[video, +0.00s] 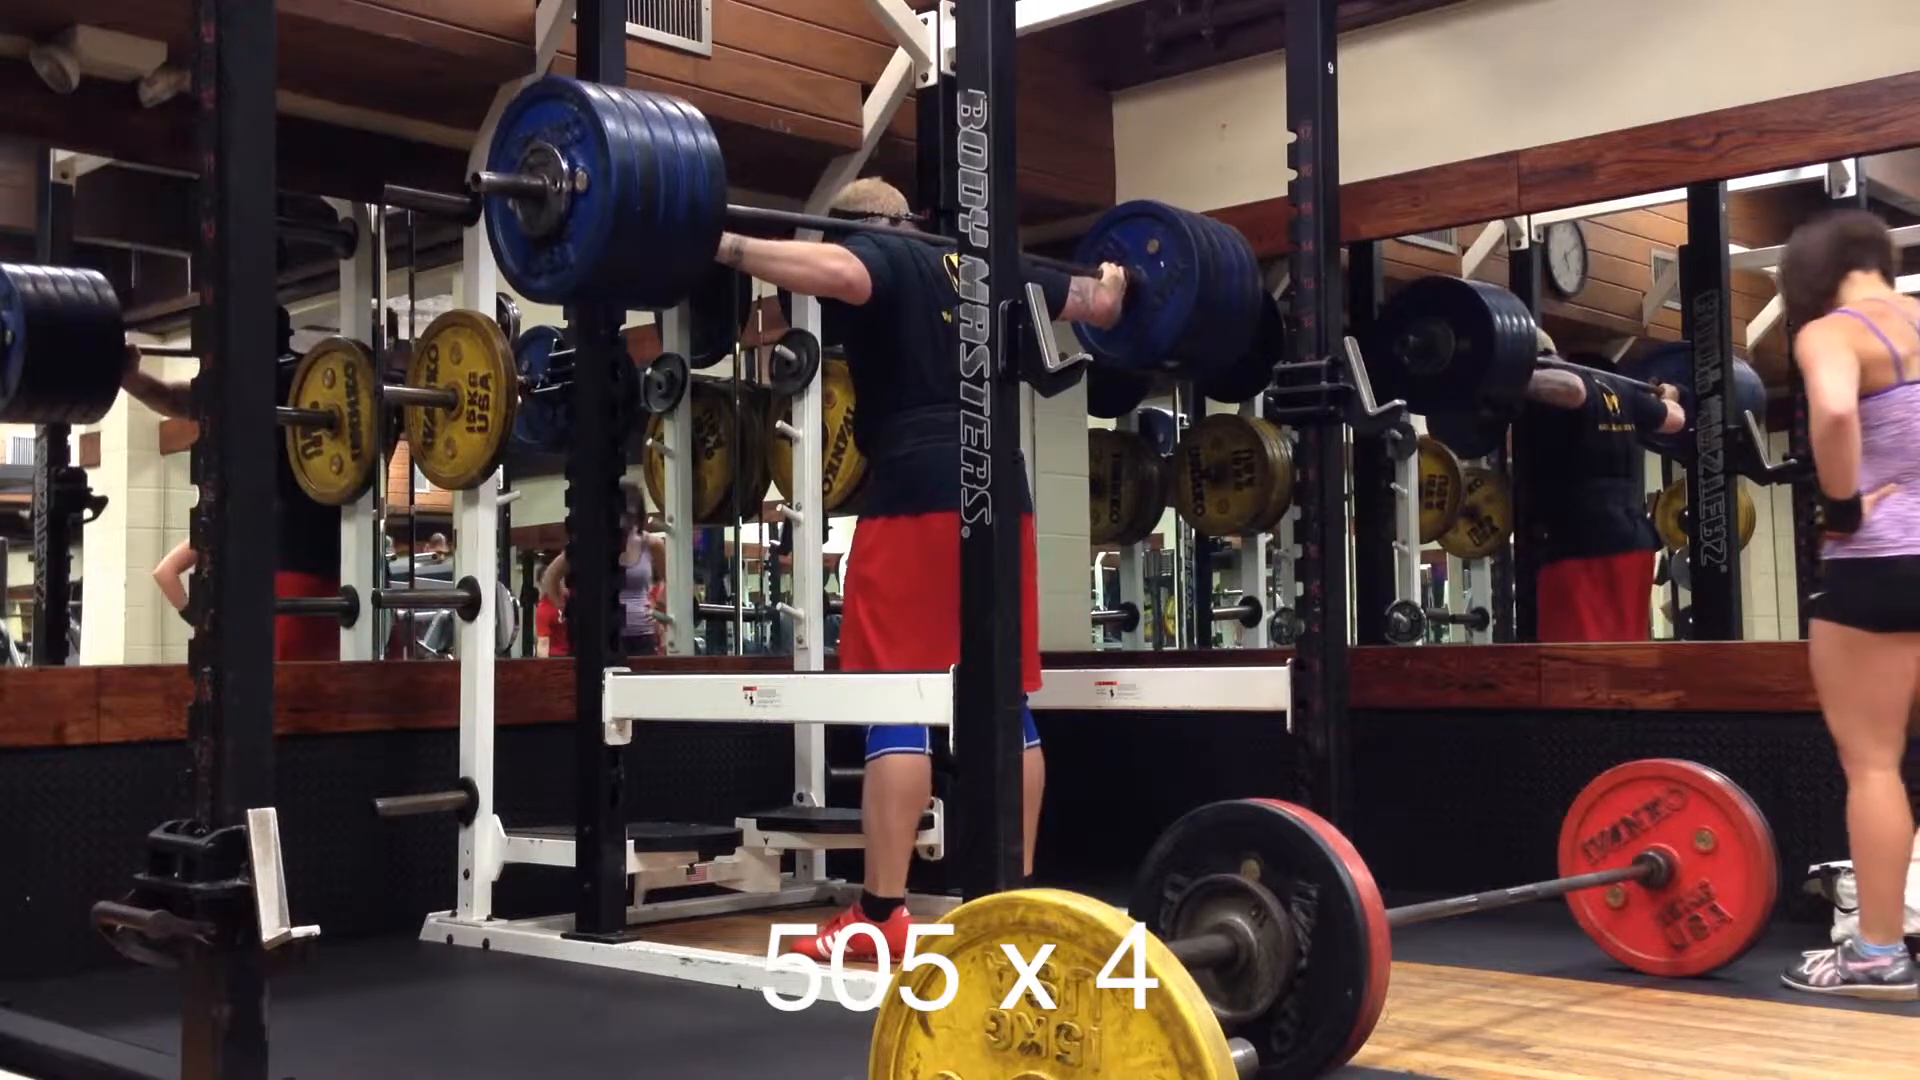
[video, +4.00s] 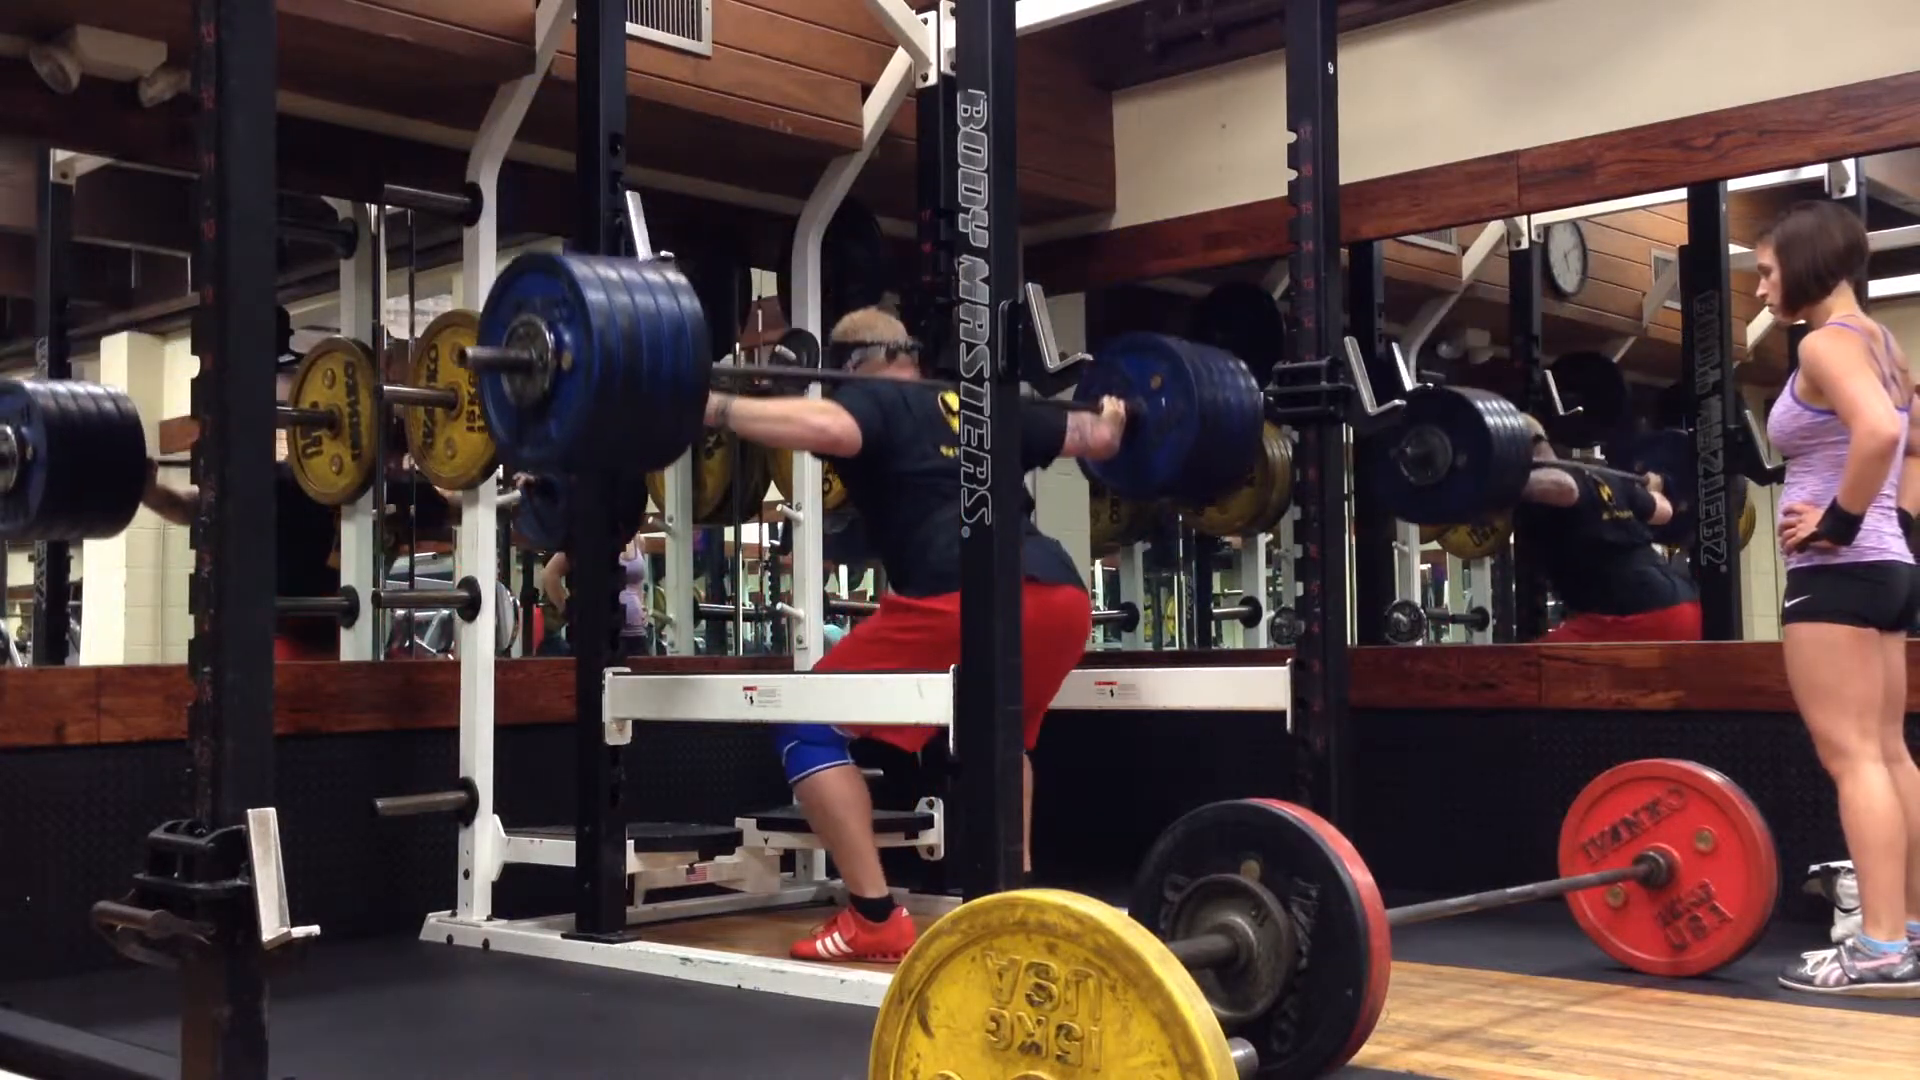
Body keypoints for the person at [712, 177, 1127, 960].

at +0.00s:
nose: (832, 249)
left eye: (833, 235)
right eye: (833, 235)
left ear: (853, 228)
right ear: (908, 216)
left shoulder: (878, 249)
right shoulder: (985, 266)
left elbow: (844, 277)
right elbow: (1095, 301)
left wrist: (728, 244)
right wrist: (1110, 281)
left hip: (917, 500)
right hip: (1004, 502)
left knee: (896, 708)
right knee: (1008, 709)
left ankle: (882, 912)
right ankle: (1014, 901)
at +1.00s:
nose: (835, 250)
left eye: (833, 241)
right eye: (831, 243)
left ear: (856, 232)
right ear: (904, 222)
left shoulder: (878, 249)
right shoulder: (988, 264)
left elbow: (848, 276)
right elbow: (1097, 306)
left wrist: (730, 245)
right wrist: (1120, 284)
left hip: (915, 500)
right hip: (1002, 500)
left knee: (899, 707)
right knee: (1007, 710)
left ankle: (881, 911)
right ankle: (1013, 903)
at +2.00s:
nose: (833, 245)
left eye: (834, 236)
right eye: (831, 238)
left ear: (857, 229)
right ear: (905, 220)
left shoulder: (880, 250)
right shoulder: (988, 267)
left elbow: (835, 264)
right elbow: (1096, 302)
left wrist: (720, 237)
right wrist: (1119, 283)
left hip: (914, 500)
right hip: (1001, 503)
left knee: (894, 707)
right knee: (1006, 710)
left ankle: (881, 910)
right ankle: (1013, 902)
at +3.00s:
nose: (829, 260)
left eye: (830, 246)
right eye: (830, 245)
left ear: (850, 234)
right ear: (902, 220)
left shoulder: (870, 253)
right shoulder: (987, 268)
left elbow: (834, 281)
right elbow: (1093, 304)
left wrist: (721, 252)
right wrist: (1117, 281)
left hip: (918, 505)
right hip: (1009, 506)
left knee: (879, 707)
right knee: (1004, 714)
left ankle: (879, 911)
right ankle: (1012, 902)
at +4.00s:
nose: (842, 381)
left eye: (846, 370)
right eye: (842, 373)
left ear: (866, 364)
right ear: (913, 360)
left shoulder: (870, 397)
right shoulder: (986, 405)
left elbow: (836, 432)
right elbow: (1095, 438)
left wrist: (715, 405)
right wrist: (1112, 413)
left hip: (953, 599)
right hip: (1060, 602)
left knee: (804, 720)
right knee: (1002, 738)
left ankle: (873, 912)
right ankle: (1014, 896)